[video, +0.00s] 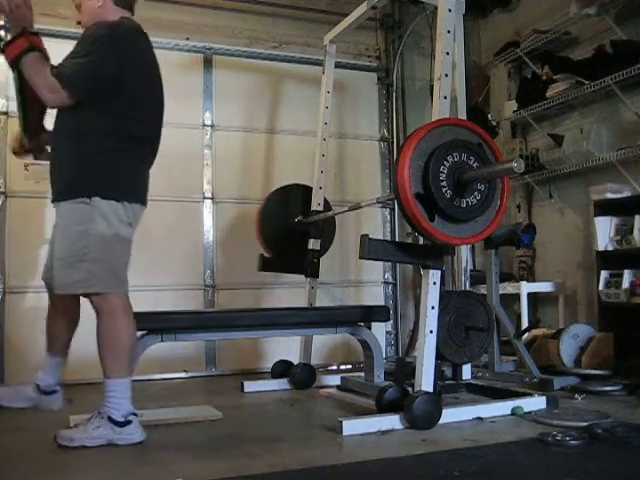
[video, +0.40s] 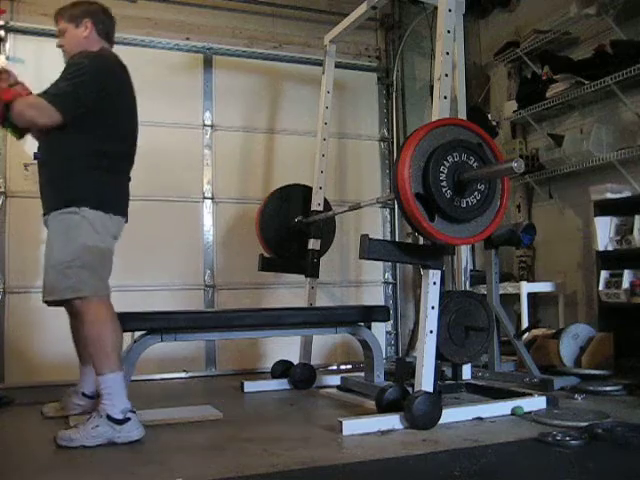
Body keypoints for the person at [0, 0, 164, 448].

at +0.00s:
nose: (76, 11)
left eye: (79, 4)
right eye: (76, 5)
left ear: (101, 1)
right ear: (118, 5)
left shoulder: (113, 36)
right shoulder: (117, 43)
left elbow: (53, 91)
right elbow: (100, 133)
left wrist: (21, 34)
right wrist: (43, 143)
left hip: (102, 189)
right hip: (84, 189)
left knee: (106, 293)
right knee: (63, 285)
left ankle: (119, 416)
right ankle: (47, 386)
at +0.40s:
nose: (59, 42)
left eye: (62, 33)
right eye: (58, 35)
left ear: (86, 29)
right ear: (91, 31)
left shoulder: (94, 67)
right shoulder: (96, 69)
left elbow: (41, 116)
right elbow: (58, 122)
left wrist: (11, 98)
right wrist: (24, 94)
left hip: (87, 202)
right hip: (80, 201)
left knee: (87, 296)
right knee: (75, 296)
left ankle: (119, 414)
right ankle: (89, 395)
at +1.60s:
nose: (7, 80)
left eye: (7, 70)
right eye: (4, 73)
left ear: (29, 57)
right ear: (35, 59)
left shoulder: (61, 80)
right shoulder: (62, 86)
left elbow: (14, 108)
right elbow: (13, 150)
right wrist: (17, 121)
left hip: (124, 201)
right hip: (118, 202)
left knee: (90, 297)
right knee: (87, 296)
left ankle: (104, 415)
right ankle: (88, 394)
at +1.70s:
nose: (1, 91)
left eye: (1, 81)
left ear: (19, 71)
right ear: (25, 71)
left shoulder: (52, 89)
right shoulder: (52, 95)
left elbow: (12, 122)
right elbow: (14, 154)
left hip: (131, 202)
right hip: (111, 205)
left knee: (96, 295)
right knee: (80, 295)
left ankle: (107, 415)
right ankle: (86, 400)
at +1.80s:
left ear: (10, 88)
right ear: (12, 89)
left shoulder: (43, 103)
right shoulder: (29, 124)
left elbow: (40, 142)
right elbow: (10, 175)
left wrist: (24, 217)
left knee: (101, 293)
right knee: (77, 294)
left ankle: (107, 414)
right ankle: (85, 397)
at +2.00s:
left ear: (4, 141)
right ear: (6, 141)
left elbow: (52, 178)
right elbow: (28, 219)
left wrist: (51, 255)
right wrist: (29, 268)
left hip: (143, 208)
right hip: (119, 215)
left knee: (92, 294)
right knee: (73, 293)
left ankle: (106, 415)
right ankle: (84, 395)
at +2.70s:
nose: (40, 201)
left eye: (36, 192)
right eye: (33, 197)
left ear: (48, 167)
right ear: (49, 166)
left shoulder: (88, 181)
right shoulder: (80, 181)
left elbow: (91, 238)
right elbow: (85, 241)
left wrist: (31, 287)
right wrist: (32, 285)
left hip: (165, 271)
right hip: (148, 269)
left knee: (75, 297)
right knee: (64, 295)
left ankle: (103, 416)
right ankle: (83, 393)